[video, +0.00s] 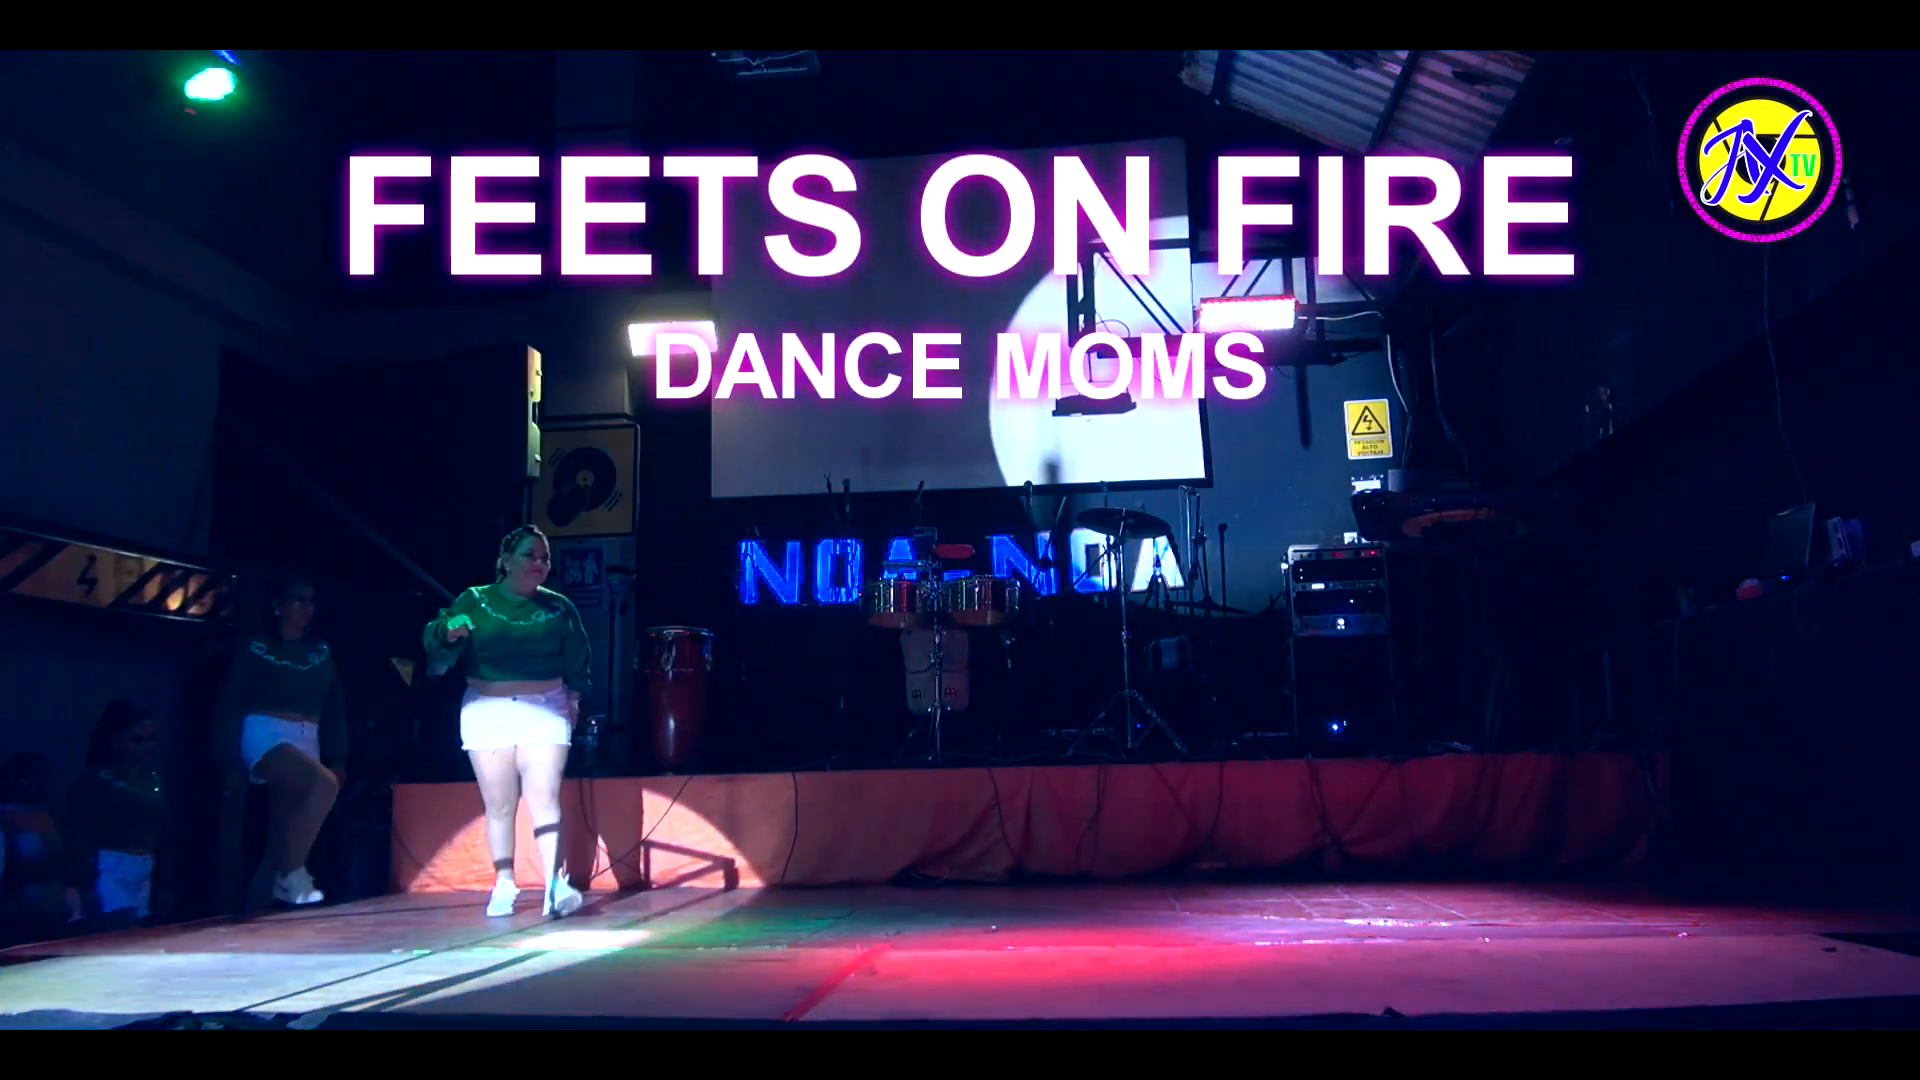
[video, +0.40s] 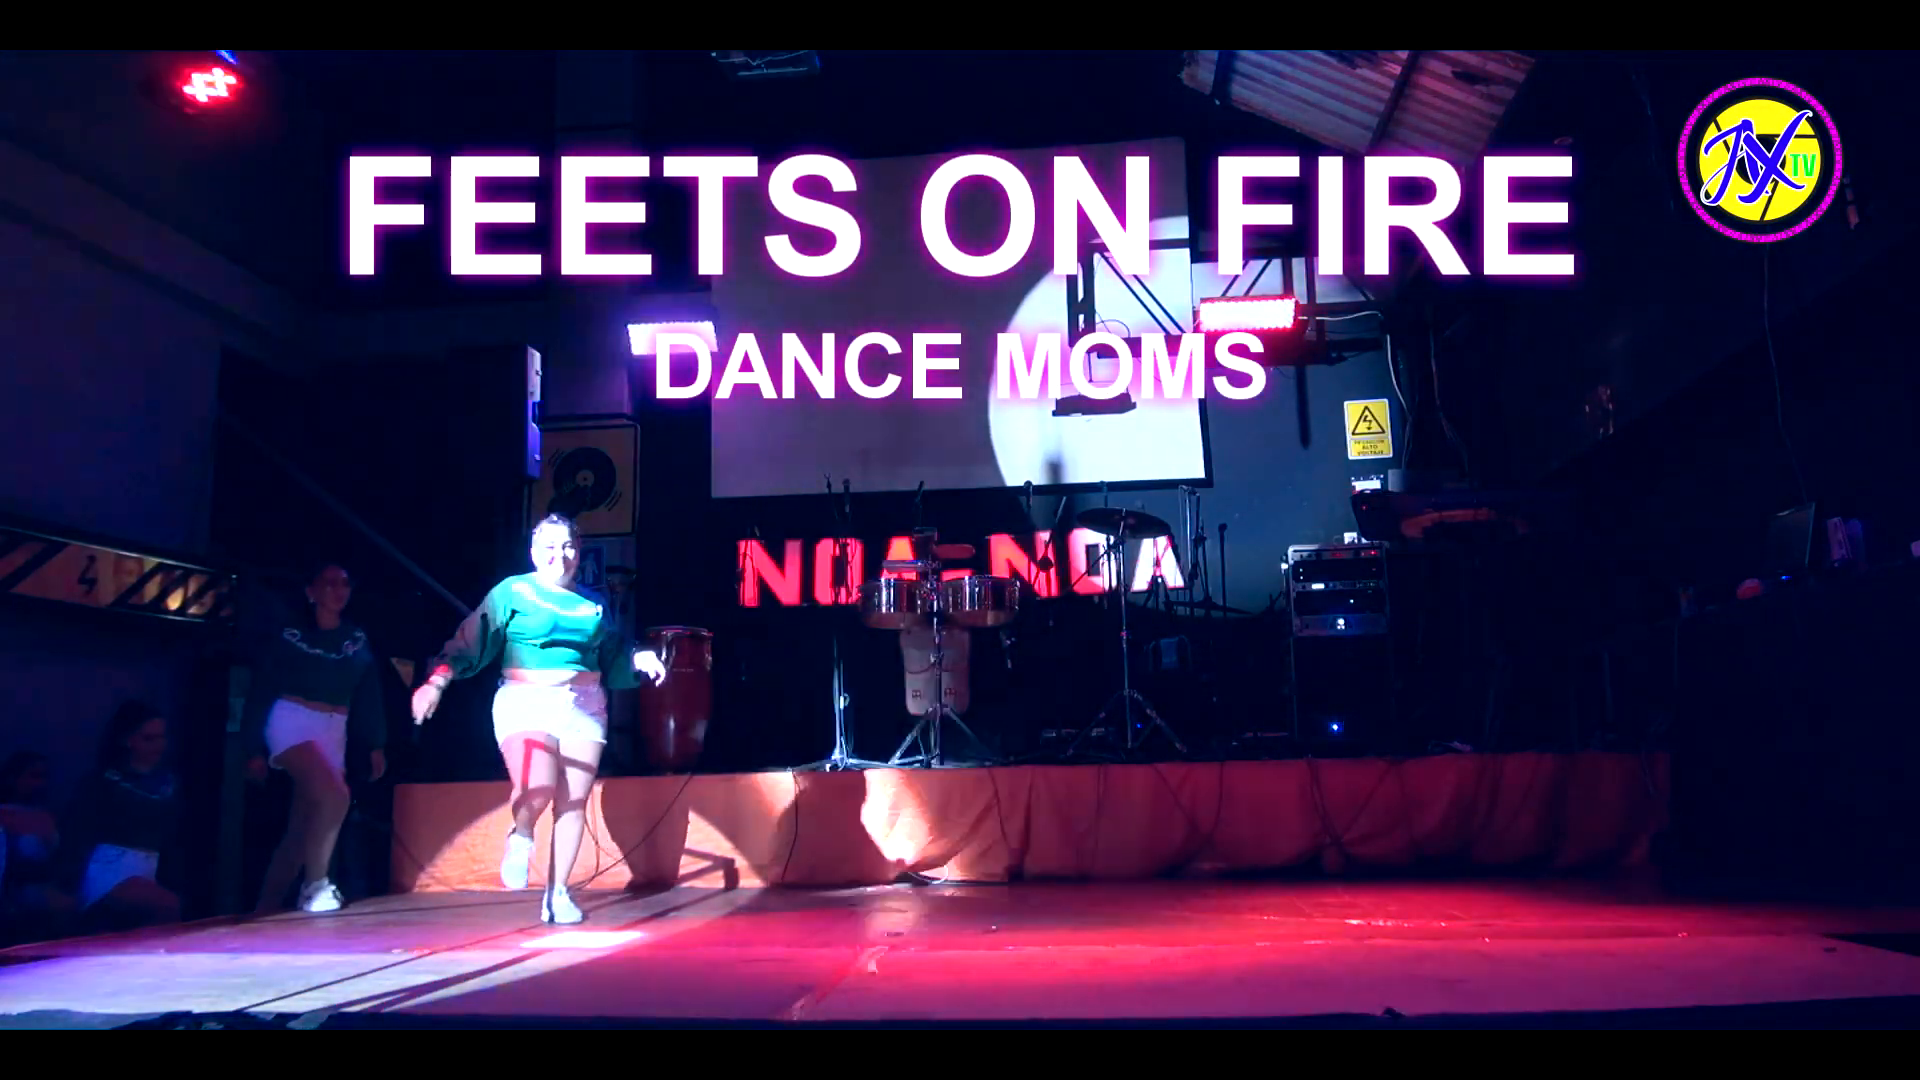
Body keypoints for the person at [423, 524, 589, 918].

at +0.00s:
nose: (540, 564)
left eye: (545, 558)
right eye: (531, 556)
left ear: (549, 563)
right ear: (505, 560)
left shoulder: (559, 607)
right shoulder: (475, 601)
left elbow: (578, 659)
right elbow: (432, 642)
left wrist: (574, 699)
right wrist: (447, 634)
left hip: (545, 707)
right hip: (487, 708)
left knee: (545, 796)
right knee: (499, 803)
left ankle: (555, 884)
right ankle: (504, 883)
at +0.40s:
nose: (559, 555)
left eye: (567, 548)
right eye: (550, 547)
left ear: (578, 555)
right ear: (533, 552)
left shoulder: (594, 607)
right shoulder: (510, 592)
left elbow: (609, 664)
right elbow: (468, 644)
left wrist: (636, 660)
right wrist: (436, 682)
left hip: (583, 703)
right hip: (526, 699)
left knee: (575, 800)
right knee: (538, 789)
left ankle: (558, 893)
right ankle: (521, 838)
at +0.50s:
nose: (556, 541)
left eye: (564, 534)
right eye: (546, 535)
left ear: (578, 541)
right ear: (533, 543)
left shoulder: (597, 591)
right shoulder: (513, 584)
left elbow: (616, 648)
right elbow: (475, 635)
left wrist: (644, 633)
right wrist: (450, 682)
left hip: (584, 696)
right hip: (527, 690)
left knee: (570, 792)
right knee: (545, 771)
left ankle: (553, 888)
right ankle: (536, 871)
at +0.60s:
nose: (546, 539)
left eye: (556, 531)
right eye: (538, 532)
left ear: (576, 538)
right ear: (529, 540)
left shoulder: (603, 585)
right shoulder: (513, 581)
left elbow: (630, 636)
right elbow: (476, 632)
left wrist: (651, 610)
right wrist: (452, 681)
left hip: (584, 695)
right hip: (524, 690)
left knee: (562, 801)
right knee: (540, 787)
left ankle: (546, 892)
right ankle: (539, 890)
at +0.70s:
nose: (541, 540)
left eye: (551, 533)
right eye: (533, 533)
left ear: (573, 540)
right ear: (524, 541)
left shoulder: (601, 587)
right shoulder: (507, 588)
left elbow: (646, 626)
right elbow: (471, 636)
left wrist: (656, 599)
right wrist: (450, 684)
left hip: (584, 700)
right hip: (524, 696)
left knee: (564, 807)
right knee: (537, 797)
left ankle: (548, 895)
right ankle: (533, 896)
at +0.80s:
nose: (535, 536)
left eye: (545, 527)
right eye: (527, 528)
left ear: (568, 537)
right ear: (518, 537)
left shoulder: (596, 583)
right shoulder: (501, 585)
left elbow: (636, 620)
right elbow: (470, 641)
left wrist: (661, 604)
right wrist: (449, 690)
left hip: (580, 698)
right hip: (517, 696)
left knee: (574, 808)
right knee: (534, 796)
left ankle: (553, 887)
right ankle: (536, 897)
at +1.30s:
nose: (516, 511)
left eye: (528, 504)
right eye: (509, 504)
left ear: (548, 515)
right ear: (498, 515)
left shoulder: (573, 567)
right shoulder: (477, 570)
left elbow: (614, 620)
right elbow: (445, 618)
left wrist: (618, 679)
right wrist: (400, 606)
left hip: (552, 688)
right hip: (491, 692)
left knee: (529, 799)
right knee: (516, 806)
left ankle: (518, 915)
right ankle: (545, 906)